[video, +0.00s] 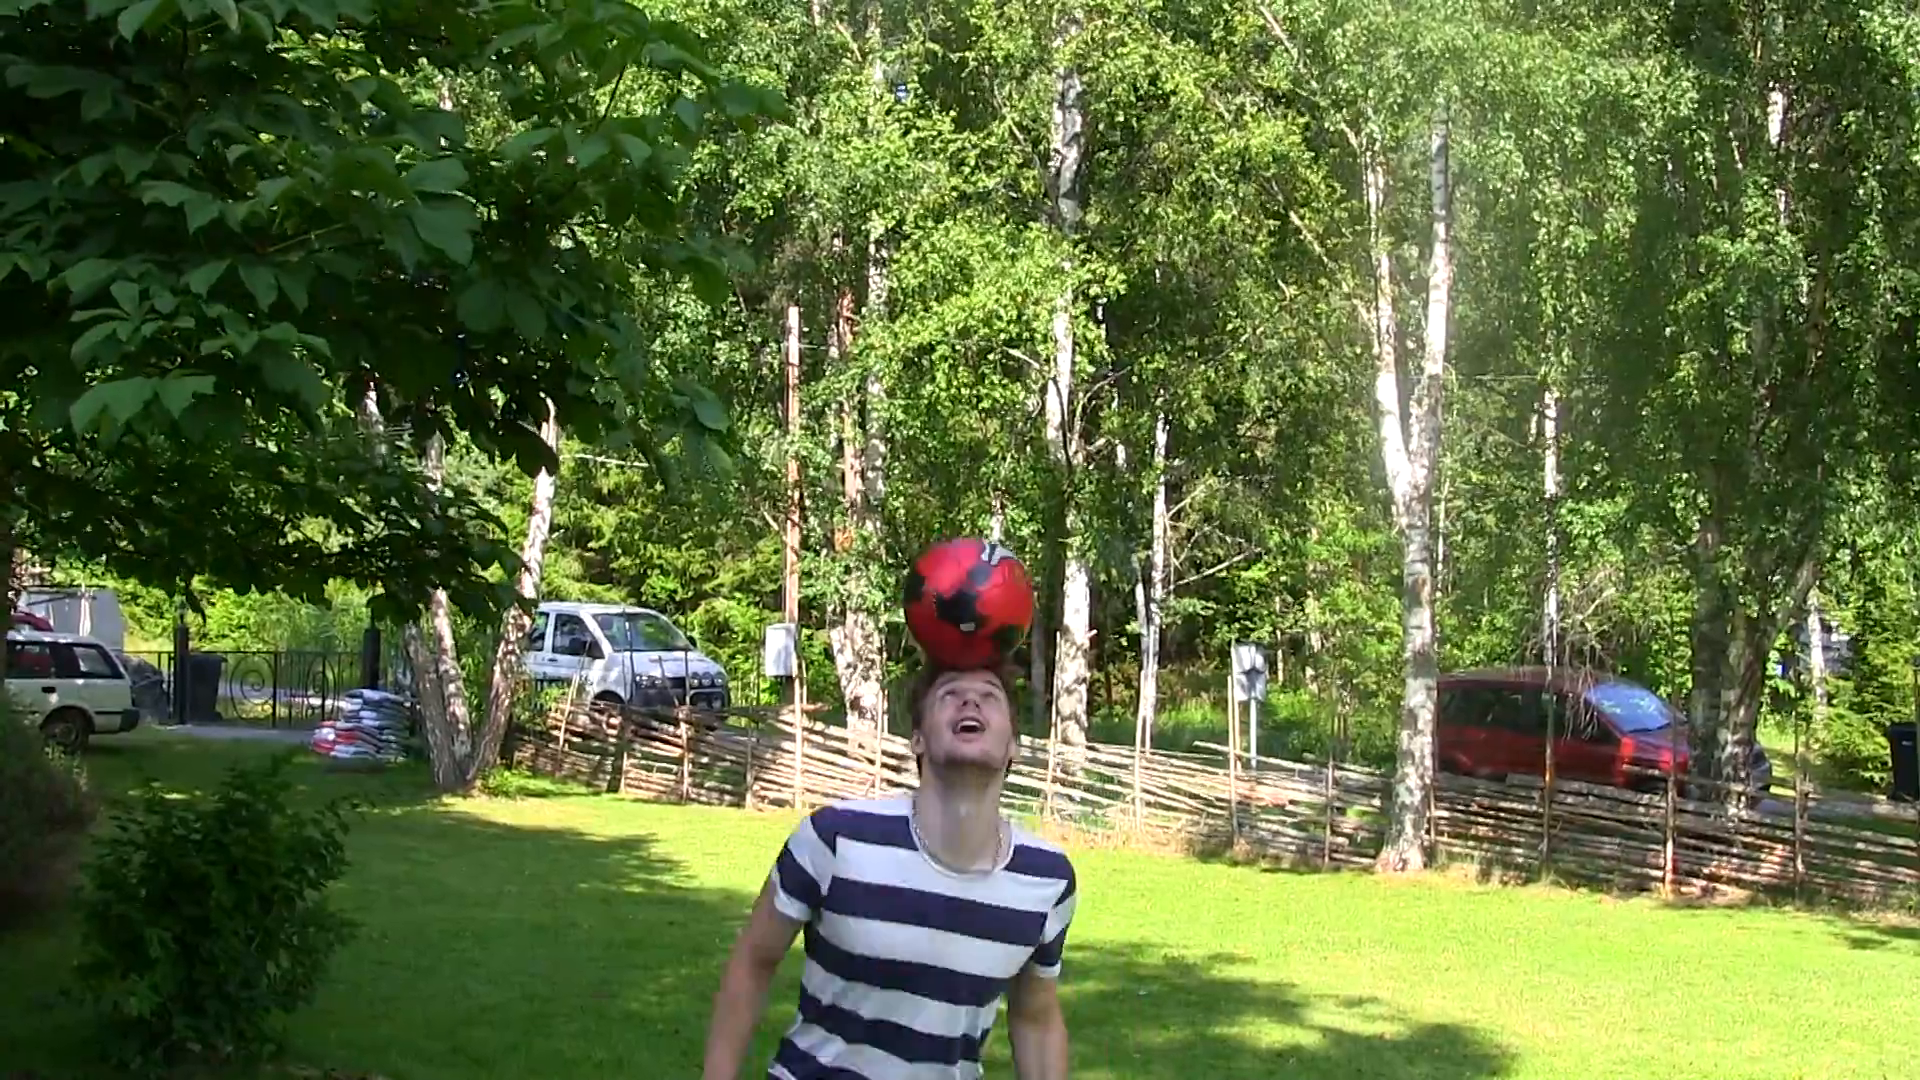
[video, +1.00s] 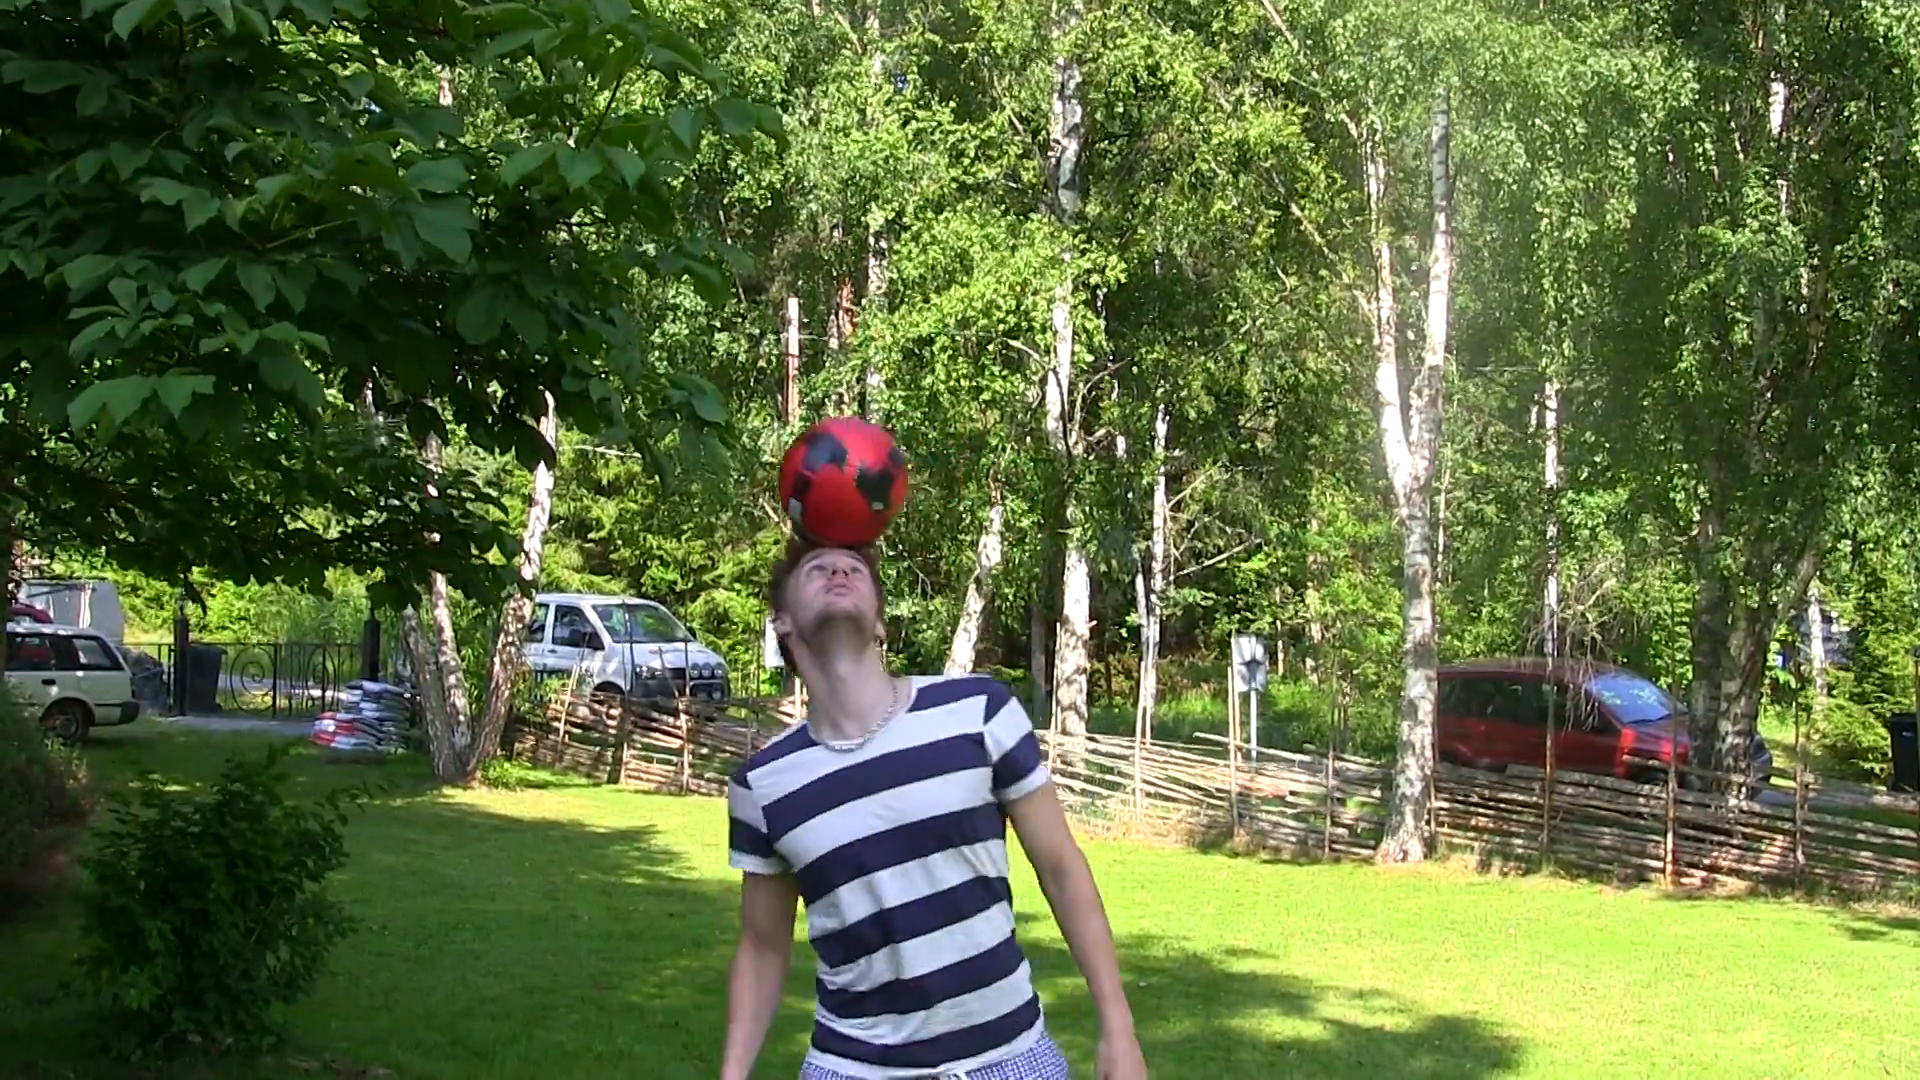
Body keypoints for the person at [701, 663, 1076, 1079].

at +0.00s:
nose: (971, 700)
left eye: (990, 697)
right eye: (950, 695)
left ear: (1012, 748)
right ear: (919, 742)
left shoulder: (1048, 879)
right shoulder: (835, 837)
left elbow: (1038, 1018)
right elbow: (752, 964)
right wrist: (719, 1073)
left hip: (951, 1073)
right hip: (816, 1069)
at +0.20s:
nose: (960, 667)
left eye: (980, 663)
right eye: (940, 661)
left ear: (1003, 716)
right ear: (911, 708)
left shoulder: (1026, 856)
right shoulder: (822, 789)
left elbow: (1013, 1021)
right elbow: (730, 917)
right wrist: (710, 1055)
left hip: (903, 1071)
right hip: (766, 1063)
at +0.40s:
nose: (989, 667)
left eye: (1012, 666)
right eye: (972, 665)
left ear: (1034, 724)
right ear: (944, 710)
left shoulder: (1035, 865)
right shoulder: (846, 776)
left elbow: (980, 1001)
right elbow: (728, 864)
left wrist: (981, 1075)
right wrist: (684, 1008)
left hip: (890, 1066)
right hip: (752, 1052)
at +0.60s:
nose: (990, 638)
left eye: (1013, 634)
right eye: (972, 636)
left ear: (1044, 686)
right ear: (947, 684)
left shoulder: (1071, 826)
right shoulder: (861, 775)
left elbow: (1039, 973)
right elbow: (759, 878)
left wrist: (1026, 1073)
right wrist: (704, 1026)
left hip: (955, 1063)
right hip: (815, 1055)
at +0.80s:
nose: (930, 580)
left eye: (950, 577)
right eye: (910, 578)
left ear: (978, 631)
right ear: (883, 630)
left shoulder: (1055, 748)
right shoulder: (828, 757)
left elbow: (1086, 913)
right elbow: (793, 892)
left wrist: (1115, 1062)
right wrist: (760, 1036)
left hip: (1008, 1055)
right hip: (861, 1057)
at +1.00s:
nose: (837, 570)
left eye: (855, 569)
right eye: (815, 569)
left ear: (880, 619)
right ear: (782, 624)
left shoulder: (980, 708)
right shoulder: (762, 784)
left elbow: (1062, 868)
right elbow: (762, 944)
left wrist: (1118, 1027)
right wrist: (734, 1070)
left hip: (1007, 1053)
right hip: (853, 1063)